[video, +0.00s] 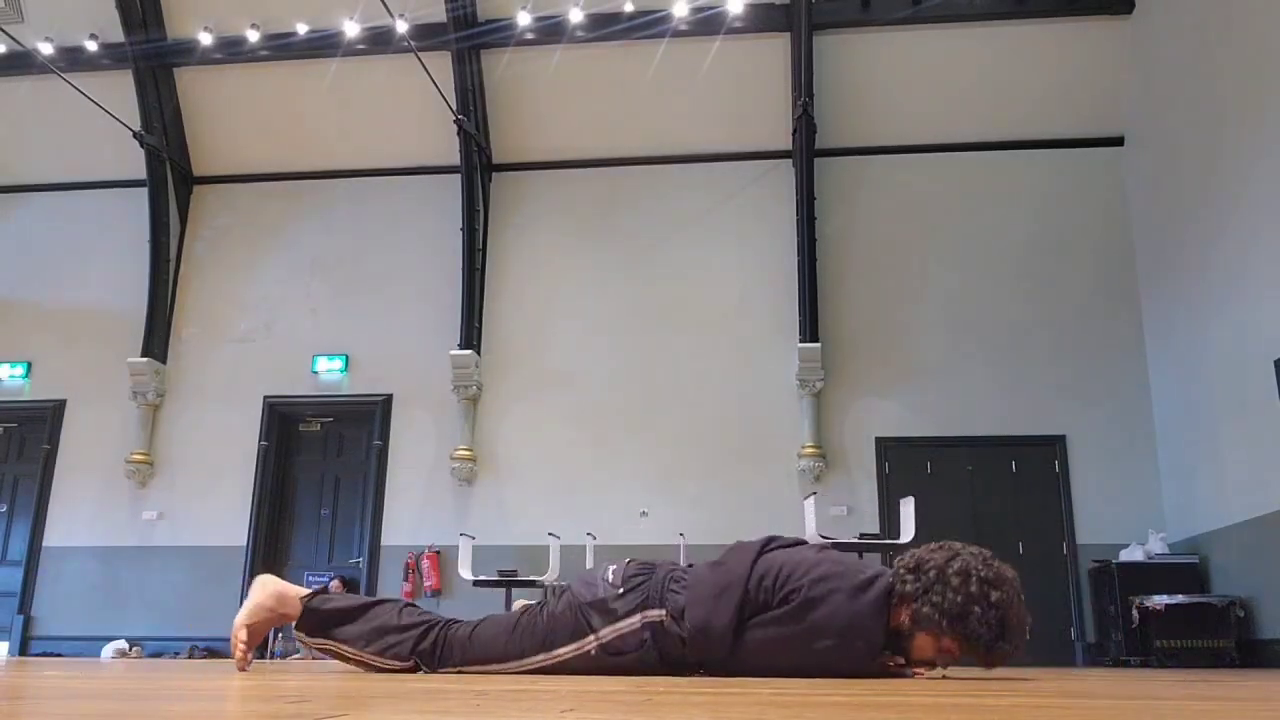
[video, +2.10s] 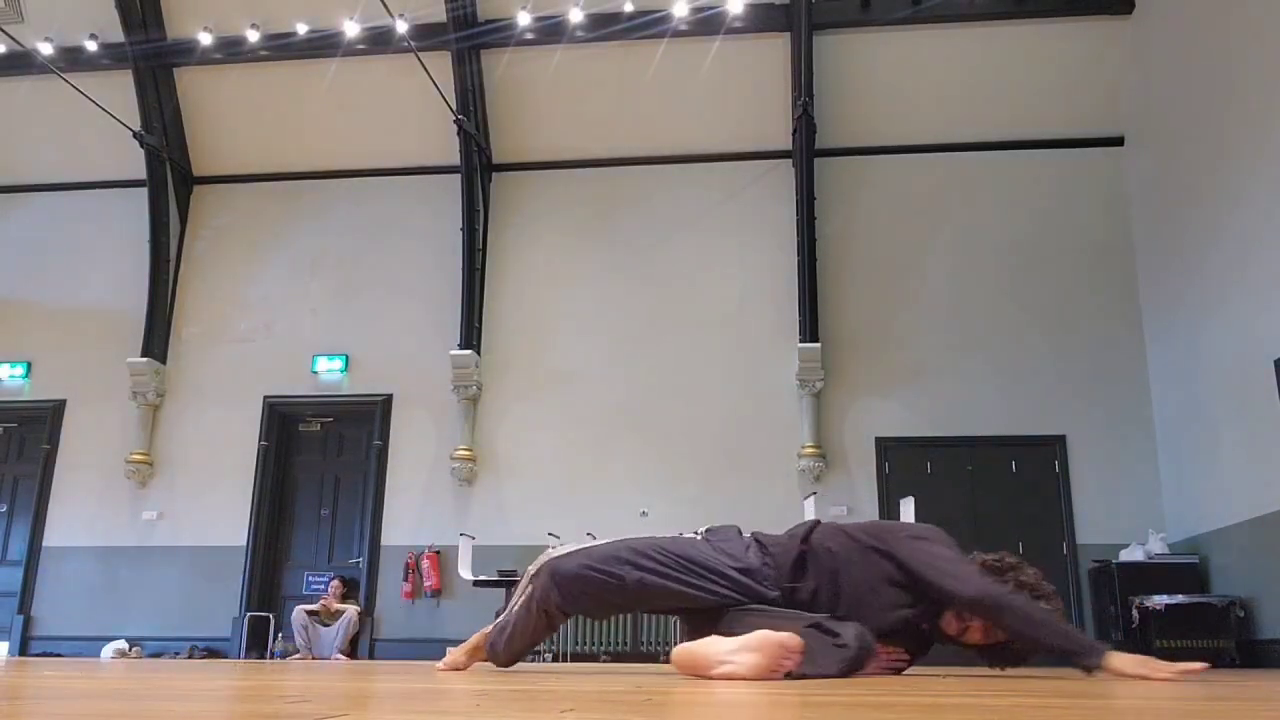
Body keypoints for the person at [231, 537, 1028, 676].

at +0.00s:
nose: (950, 668)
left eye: (966, 661)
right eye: (958, 657)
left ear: (934, 598)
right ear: (931, 623)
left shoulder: (872, 588)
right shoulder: (854, 617)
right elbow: (750, 664)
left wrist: (897, 657)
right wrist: (886, 673)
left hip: (650, 601)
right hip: (637, 616)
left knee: (481, 642)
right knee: (460, 650)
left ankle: (324, 612)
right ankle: (292, 606)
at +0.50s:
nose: (939, 645)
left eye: (952, 641)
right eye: (940, 627)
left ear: (948, 619)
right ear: (912, 589)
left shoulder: (879, 598)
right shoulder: (829, 588)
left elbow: (781, 655)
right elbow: (712, 660)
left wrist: (857, 654)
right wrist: (831, 666)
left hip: (674, 617)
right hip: (649, 589)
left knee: (525, 654)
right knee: (501, 659)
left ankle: (410, 644)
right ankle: (390, 646)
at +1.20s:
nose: (854, 615)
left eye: (872, 622)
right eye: (863, 598)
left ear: (890, 637)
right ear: (859, 565)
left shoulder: (846, 630)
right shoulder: (782, 558)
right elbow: (719, 652)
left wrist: (866, 657)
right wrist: (828, 662)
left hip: (693, 648)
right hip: (682, 584)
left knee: (595, 656)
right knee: (576, 621)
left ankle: (527, 645)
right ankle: (503, 651)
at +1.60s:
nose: (874, 615)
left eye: (895, 627)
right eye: (886, 598)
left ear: (918, 642)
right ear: (890, 565)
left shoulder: (904, 637)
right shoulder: (817, 554)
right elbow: (756, 635)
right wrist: (838, 660)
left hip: (739, 635)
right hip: (710, 573)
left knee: (689, 639)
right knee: (590, 540)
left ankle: (613, 649)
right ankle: (507, 641)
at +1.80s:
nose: (915, 625)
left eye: (934, 633)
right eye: (924, 609)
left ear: (952, 647)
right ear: (922, 577)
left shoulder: (918, 639)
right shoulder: (861, 555)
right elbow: (823, 618)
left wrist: (861, 661)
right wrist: (941, 662)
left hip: (764, 631)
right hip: (732, 569)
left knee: (757, 643)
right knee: (580, 541)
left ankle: (600, 652)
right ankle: (509, 639)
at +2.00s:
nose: (963, 623)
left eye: (978, 630)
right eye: (970, 611)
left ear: (981, 628)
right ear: (962, 578)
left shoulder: (941, 635)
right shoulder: (908, 551)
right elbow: (935, 612)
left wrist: (889, 659)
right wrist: (1057, 661)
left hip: (789, 627)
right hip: (746, 567)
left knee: (801, 645)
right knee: (568, 556)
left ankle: (642, 652)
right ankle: (502, 642)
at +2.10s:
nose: (971, 637)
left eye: (986, 640)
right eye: (981, 623)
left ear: (993, 631)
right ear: (984, 593)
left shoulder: (945, 629)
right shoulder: (928, 550)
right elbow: (1001, 606)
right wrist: (1107, 657)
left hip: (797, 618)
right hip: (758, 565)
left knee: (858, 644)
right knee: (563, 571)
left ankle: (727, 656)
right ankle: (501, 645)